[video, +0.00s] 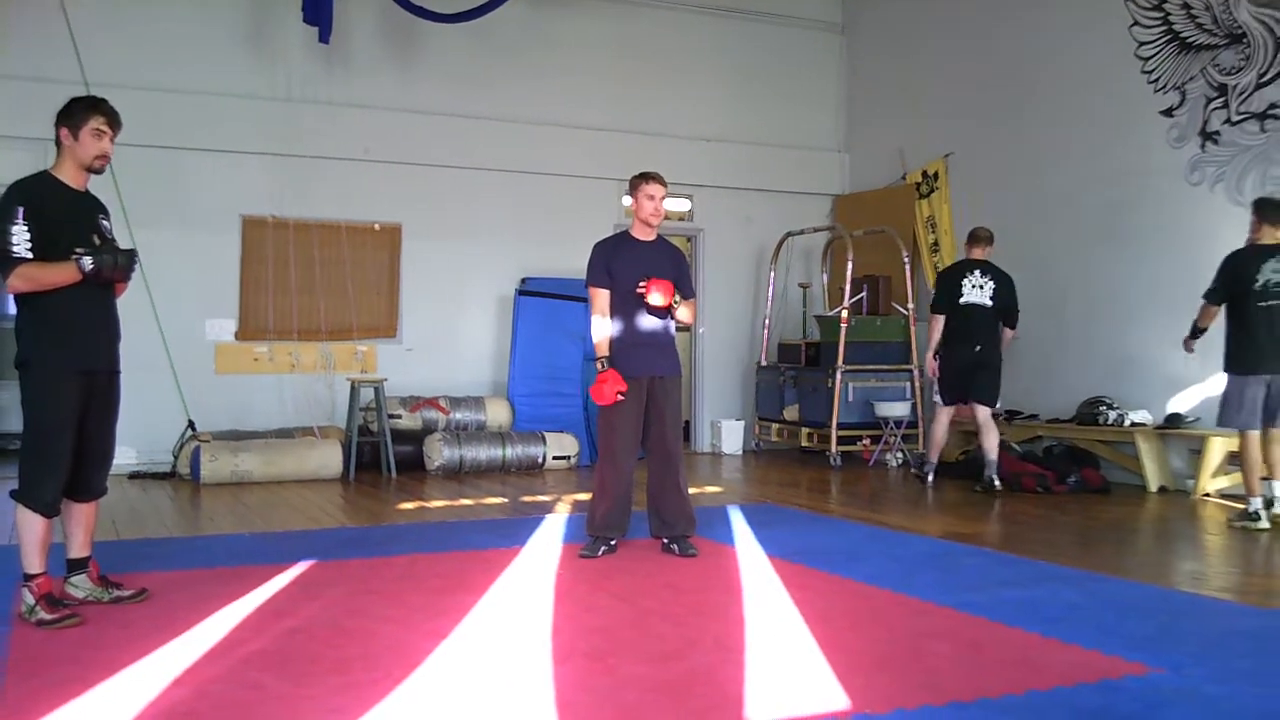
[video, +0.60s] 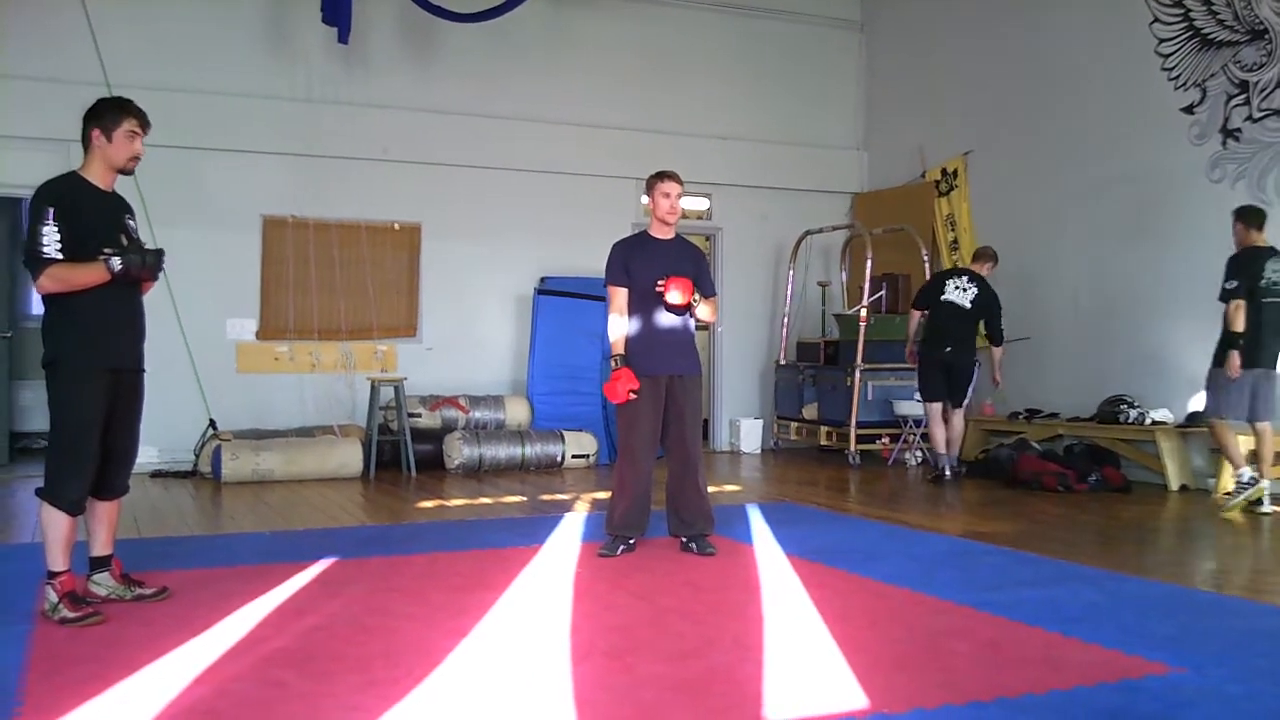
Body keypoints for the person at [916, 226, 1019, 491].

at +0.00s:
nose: (977, 251)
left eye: (972, 246)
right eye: (984, 247)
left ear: (967, 245)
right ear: (990, 248)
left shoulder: (949, 274)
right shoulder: (1003, 279)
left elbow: (938, 318)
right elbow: (1010, 328)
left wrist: (930, 353)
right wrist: (997, 350)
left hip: (953, 352)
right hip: (988, 354)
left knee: (944, 412)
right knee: (984, 414)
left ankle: (929, 468)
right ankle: (991, 474)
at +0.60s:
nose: (990, 273)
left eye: (991, 270)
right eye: (992, 270)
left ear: (971, 259)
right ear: (988, 267)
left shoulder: (941, 277)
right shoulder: (988, 294)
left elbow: (916, 310)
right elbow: (995, 338)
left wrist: (910, 342)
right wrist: (996, 370)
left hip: (932, 353)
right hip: (963, 357)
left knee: (934, 413)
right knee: (957, 412)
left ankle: (942, 466)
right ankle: (953, 465)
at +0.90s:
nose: (1008, 299)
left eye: (1009, 295)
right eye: (1010, 295)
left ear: (993, 279)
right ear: (1006, 290)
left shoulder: (961, 282)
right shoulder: (996, 313)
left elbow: (926, 302)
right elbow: (996, 359)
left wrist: (913, 335)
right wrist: (1000, 392)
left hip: (928, 346)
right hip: (958, 356)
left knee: (916, 402)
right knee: (957, 410)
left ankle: (909, 455)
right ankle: (952, 465)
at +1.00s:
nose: (1009, 306)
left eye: (1011, 303)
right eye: (1012, 302)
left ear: (995, 285)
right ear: (1008, 297)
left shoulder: (963, 285)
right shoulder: (996, 316)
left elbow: (927, 302)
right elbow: (995, 363)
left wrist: (913, 335)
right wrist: (1000, 398)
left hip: (926, 344)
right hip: (956, 354)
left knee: (909, 400)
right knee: (955, 410)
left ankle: (892, 454)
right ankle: (951, 466)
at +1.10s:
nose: (1002, 312)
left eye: (1005, 309)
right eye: (1004, 308)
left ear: (990, 291)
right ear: (1001, 303)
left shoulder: (957, 288)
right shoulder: (988, 320)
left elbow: (921, 303)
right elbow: (986, 368)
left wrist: (906, 335)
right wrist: (991, 403)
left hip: (917, 344)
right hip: (946, 355)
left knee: (897, 397)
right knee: (946, 410)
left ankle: (874, 448)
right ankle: (942, 467)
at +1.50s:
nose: (981, 302)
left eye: (983, 298)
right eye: (983, 297)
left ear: (966, 282)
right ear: (977, 292)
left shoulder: (933, 285)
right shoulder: (965, 315)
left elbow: (899, 306)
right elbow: (964, 359)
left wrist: (892, 335)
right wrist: (967, 390)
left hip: (893, 345)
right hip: (921, 355)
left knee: (881, 399)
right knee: (925, 412)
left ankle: (863, 456)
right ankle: (923, 467)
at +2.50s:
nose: (951, 264)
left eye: (951, 259)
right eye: (948, 259)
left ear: (932, 259)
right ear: (933, 259)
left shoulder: (928, 284)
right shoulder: (920, 285)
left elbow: (932, 330)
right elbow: (922, 326)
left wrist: (941, 362)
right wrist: (958, 325)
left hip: (918, 353)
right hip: (917, 353)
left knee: (909, 408)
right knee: (930, 405)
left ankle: (906, 460)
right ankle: (911, 459)